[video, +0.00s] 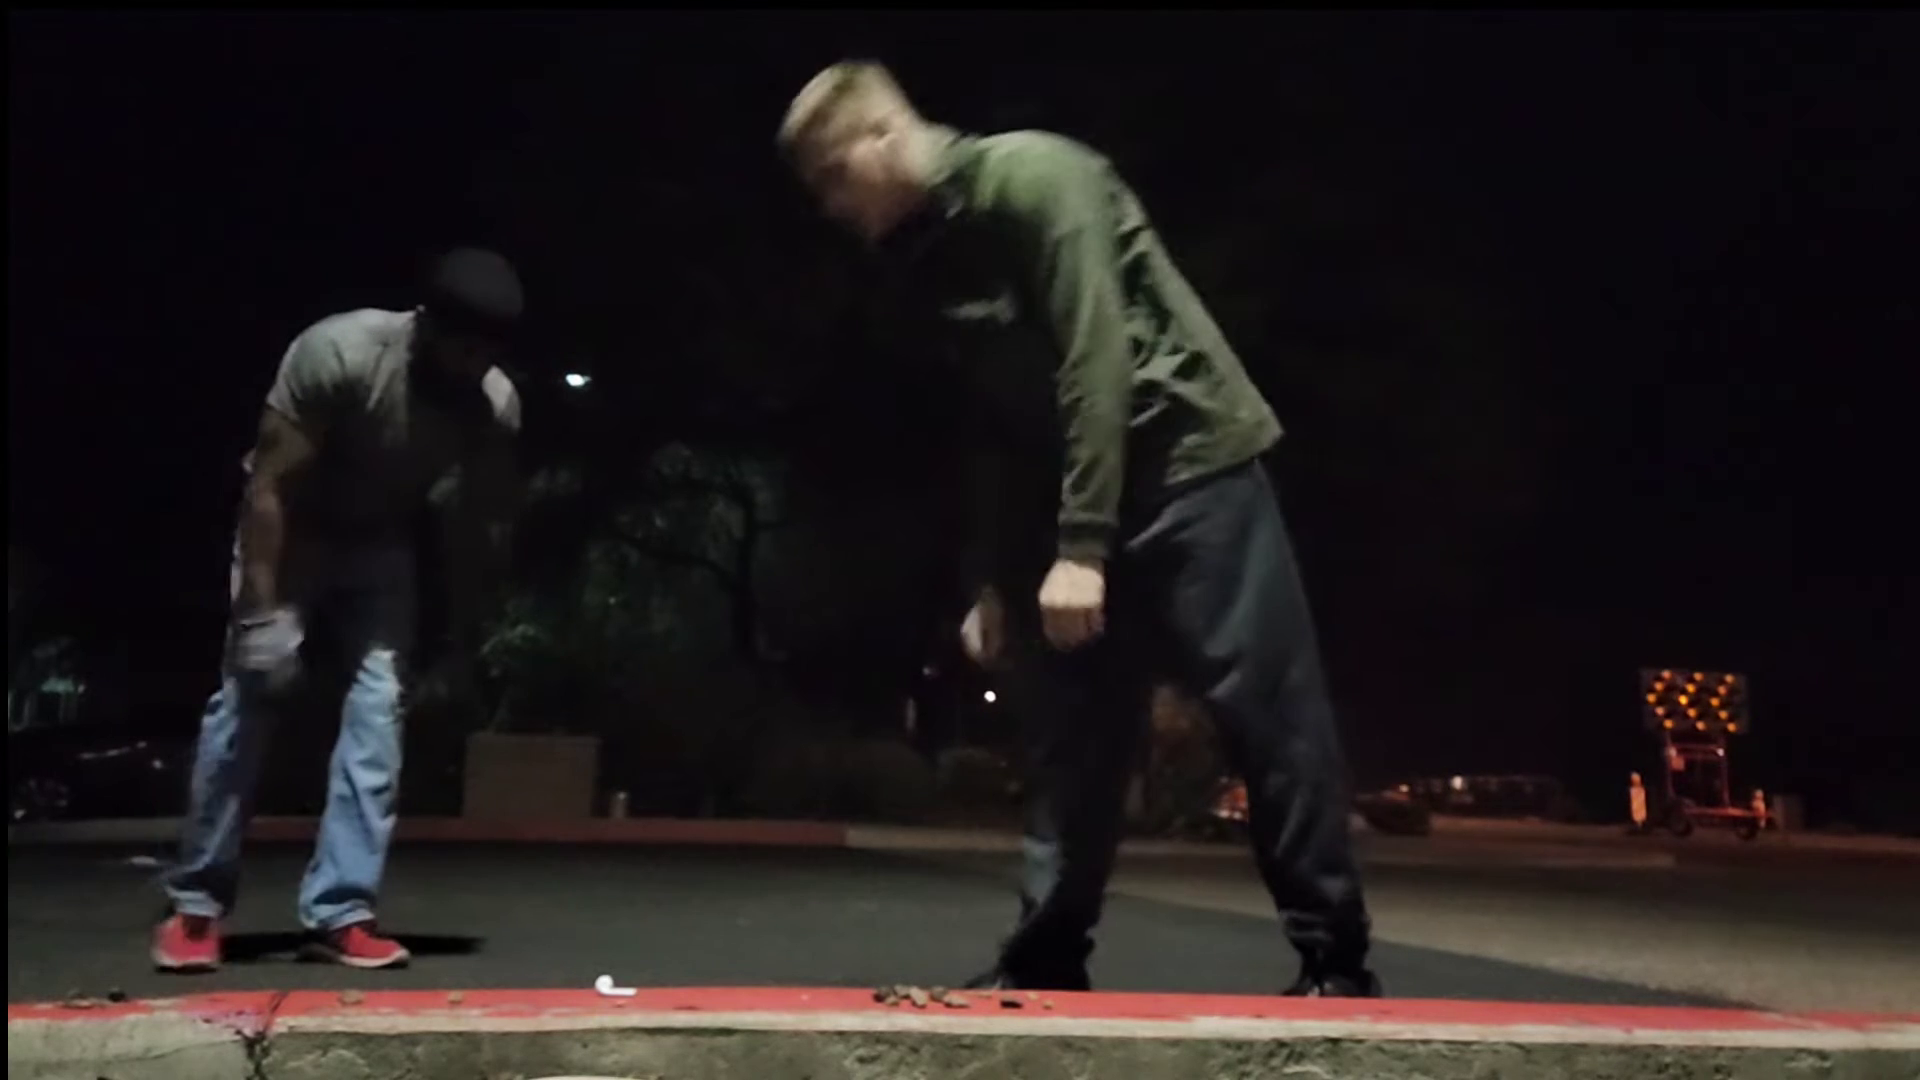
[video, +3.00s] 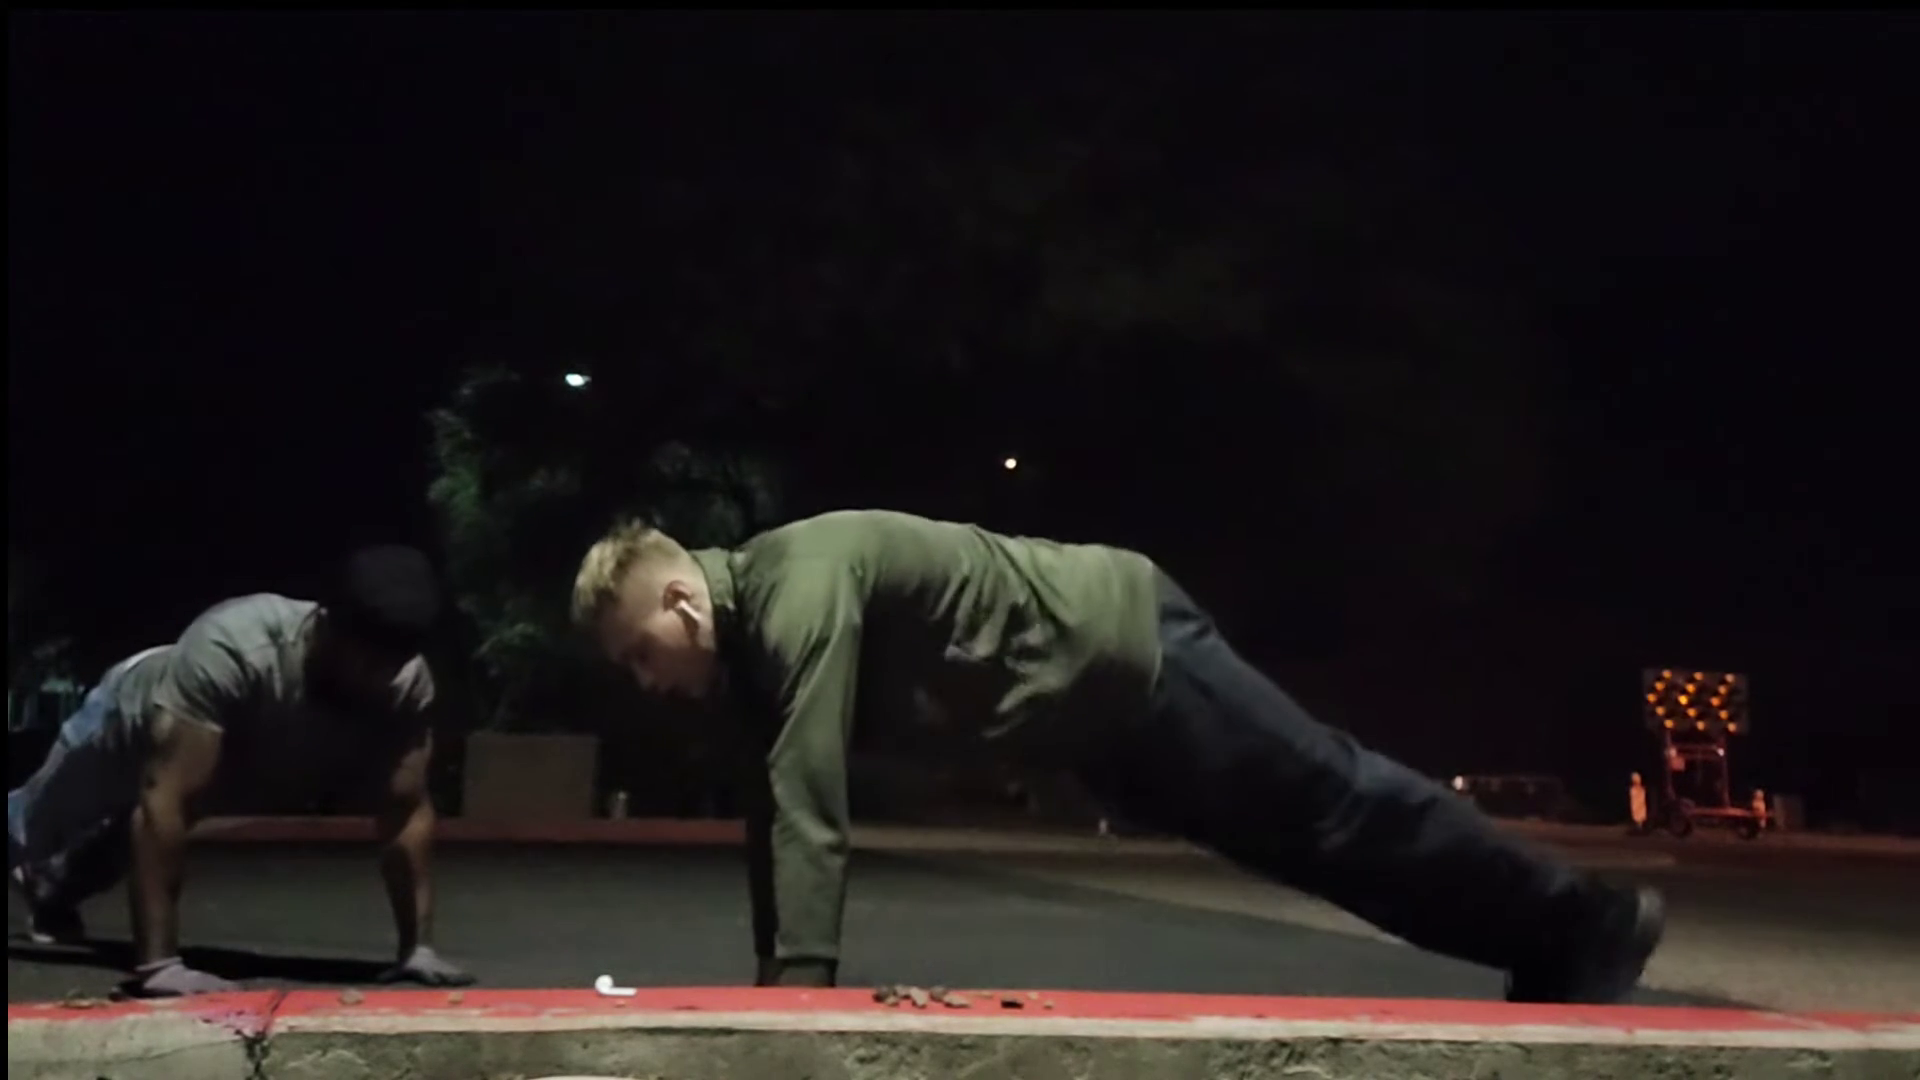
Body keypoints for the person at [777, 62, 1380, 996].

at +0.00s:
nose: (833, 206)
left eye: (833, 176)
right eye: (821, 189)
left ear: (883, 133)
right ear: (874, 148)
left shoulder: (1036, 175)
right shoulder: (929, 258)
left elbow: (1099, 363)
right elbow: (994, 432)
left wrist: (1082, 546)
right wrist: (992, 579)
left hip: (1198, 472)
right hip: (1091, 498)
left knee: (1267, 715)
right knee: (1073, 735)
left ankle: (1335, 959)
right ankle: (1047, 960)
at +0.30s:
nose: (762, 339)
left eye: (758, 312)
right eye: (746, 325)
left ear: (799, 257)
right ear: (793, 266)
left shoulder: (933, 258)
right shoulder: (861, 340)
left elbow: (997, 445)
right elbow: (902, 519)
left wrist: (1007, 644)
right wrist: (895, 668)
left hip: (1158, 457)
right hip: (1057, 495)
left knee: (1230, 696)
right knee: (1042, 711)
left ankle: (1326, 947)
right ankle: (1044, 952)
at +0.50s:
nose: (751, 413)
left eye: (744, 389)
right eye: (733, 403)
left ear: (774, 328)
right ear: (775, 329)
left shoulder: (901, 315)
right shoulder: (834, 380)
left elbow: (906, 517)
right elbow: (831, 565)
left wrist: (855, 723)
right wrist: (811, 729)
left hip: (1143, 452)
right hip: (1034, 506)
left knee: (1220, 698)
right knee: (1034, 724)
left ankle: (1326, 958)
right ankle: (1041, 963)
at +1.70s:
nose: (724, 590)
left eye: (709, 569)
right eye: (704, 583)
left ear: (731, 503)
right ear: (729, 514)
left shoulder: (847, 476)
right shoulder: (792, 526)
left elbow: (875, 691)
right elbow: (807, 709)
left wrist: (848, 892)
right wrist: (778, 873)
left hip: (1110, 466)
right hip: (1000, 538)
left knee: (1228, 700)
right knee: (980, 732)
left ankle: (1430, 922)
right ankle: (1035, 946)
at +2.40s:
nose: (729, 699)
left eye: (715, 673)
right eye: (706, 689)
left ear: (741, 613)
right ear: (729, 630)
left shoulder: (839, 579)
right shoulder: (797, 603)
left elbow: (830, 797)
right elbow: (811, 799)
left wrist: (803, 983)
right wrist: (783, 976)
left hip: (1151, 598)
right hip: (1053, 653)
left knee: (1324, 803)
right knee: (993, 800)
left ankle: (1568, 944)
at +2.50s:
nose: (712, 694)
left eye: (694, 670)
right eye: (688, 687)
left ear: (712, 609)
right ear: (701, 636)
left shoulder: (818, 575)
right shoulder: (777, 618)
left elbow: (821, 792)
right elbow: (794, 801)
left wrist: (801, 991)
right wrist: (781, 986)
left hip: (1147, 608)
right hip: (1061, 694)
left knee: (1332, 811)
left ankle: (1564, 940)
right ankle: (1372, 870)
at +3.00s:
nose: (656, 678)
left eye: (645, 651)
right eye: (637, 666)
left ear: (680, 592)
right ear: (668, 621)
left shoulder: (801, 578)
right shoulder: (759, 631)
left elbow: (806, 785)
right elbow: (775, 800)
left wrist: (805, 968)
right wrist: (784, 973)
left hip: (1129, 647)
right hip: (1095, 709)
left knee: (1339, 803)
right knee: (1306, 841)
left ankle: (1587, 926)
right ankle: (1539, 945)